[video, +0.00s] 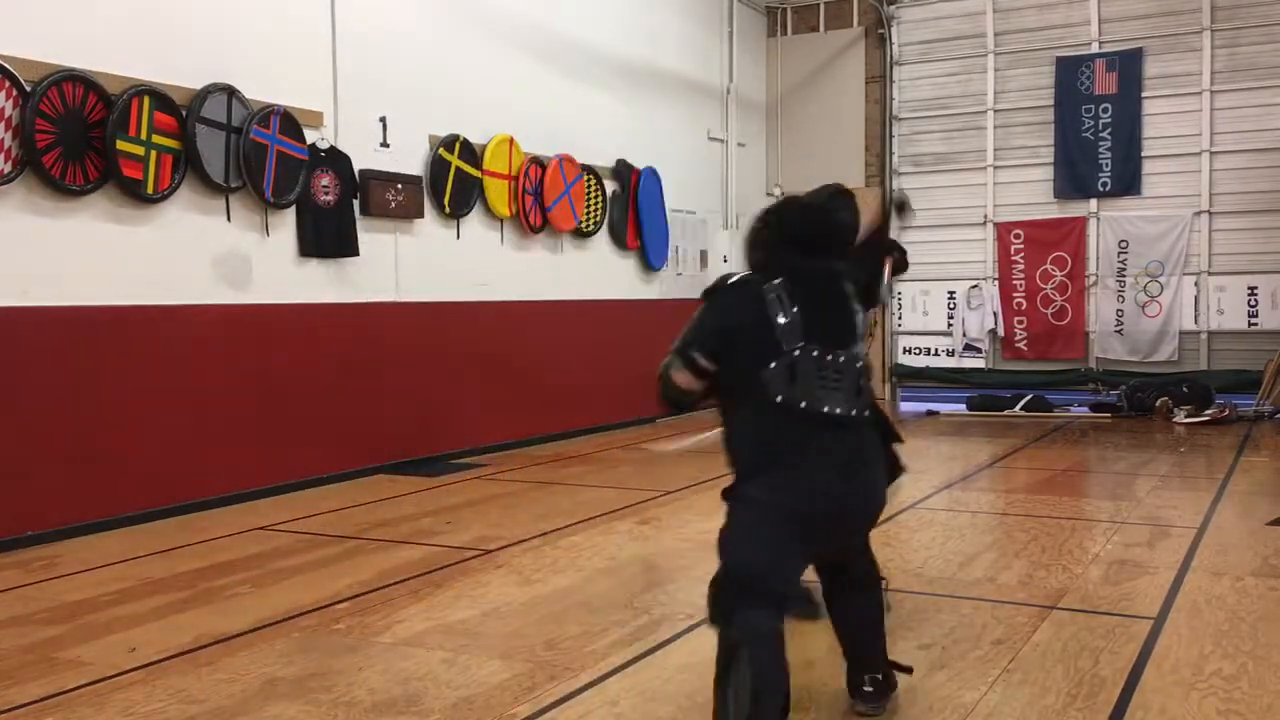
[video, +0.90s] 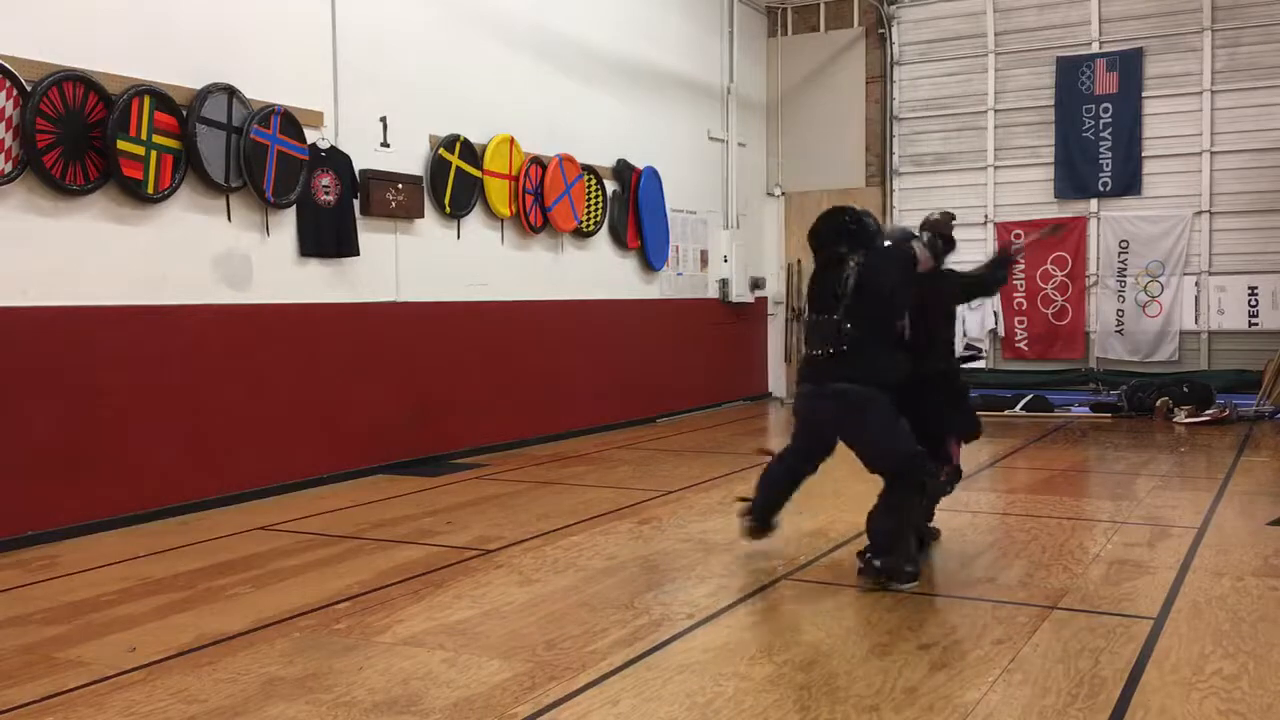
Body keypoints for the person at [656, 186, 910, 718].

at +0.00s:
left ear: (759, 246)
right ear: (817, 247)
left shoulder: (734, 299)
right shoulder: (842, 288)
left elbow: (678, 384)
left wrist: (738, 374)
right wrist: (818, 207)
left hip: (775, 478)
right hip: (857, 471)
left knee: (749, 601)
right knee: (847, 557)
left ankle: (755, 705)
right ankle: (871, 679)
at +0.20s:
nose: (779, 245)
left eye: (783, 237)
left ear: (792, 242)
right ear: (852, 242)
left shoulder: (772, 290)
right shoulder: (880, 292)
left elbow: (739, 354)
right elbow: (901, 342)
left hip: (809, 453)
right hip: (886, 450)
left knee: (770, 541)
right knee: (872, 546)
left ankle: (803, 628)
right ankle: (875, 665)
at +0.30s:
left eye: (779, 231)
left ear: (784, 236)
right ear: (845, 232)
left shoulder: (771, 281)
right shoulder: (874, 270)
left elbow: (743, 335)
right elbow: (931, 296)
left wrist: (749, 280)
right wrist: (892, 252)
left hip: (812, 433)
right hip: (888, 431)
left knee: (782, 504)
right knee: (877, 536)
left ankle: (799, 616)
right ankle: (882, 653)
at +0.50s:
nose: (839, 223)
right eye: (833, 217)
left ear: (777, 235)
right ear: (830, 225)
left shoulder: (769, 280)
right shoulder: (857, 267)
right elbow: (918, 289)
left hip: (801, 419)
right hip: (864, 415)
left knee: (787, 508)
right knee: (887, 496)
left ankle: (779, 607)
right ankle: (892, 578)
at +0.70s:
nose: (904, 256)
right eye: (901, 247)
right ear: (852, 230)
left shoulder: (817, 277)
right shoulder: (862, 260)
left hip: (800, 399)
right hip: (850, 402)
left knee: (796, 491)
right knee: (895, 472)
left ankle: (754, 550)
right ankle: (878, 565)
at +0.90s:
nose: (875, 234)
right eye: (870, 229)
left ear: (828, 242)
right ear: (863, 236)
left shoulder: (821, 273)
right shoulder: (880, 268)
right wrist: (900, 245)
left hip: (813, 388)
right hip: (861, 393)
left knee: (805, 449)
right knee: (909, 470)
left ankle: (759, 512)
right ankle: (884, 556)